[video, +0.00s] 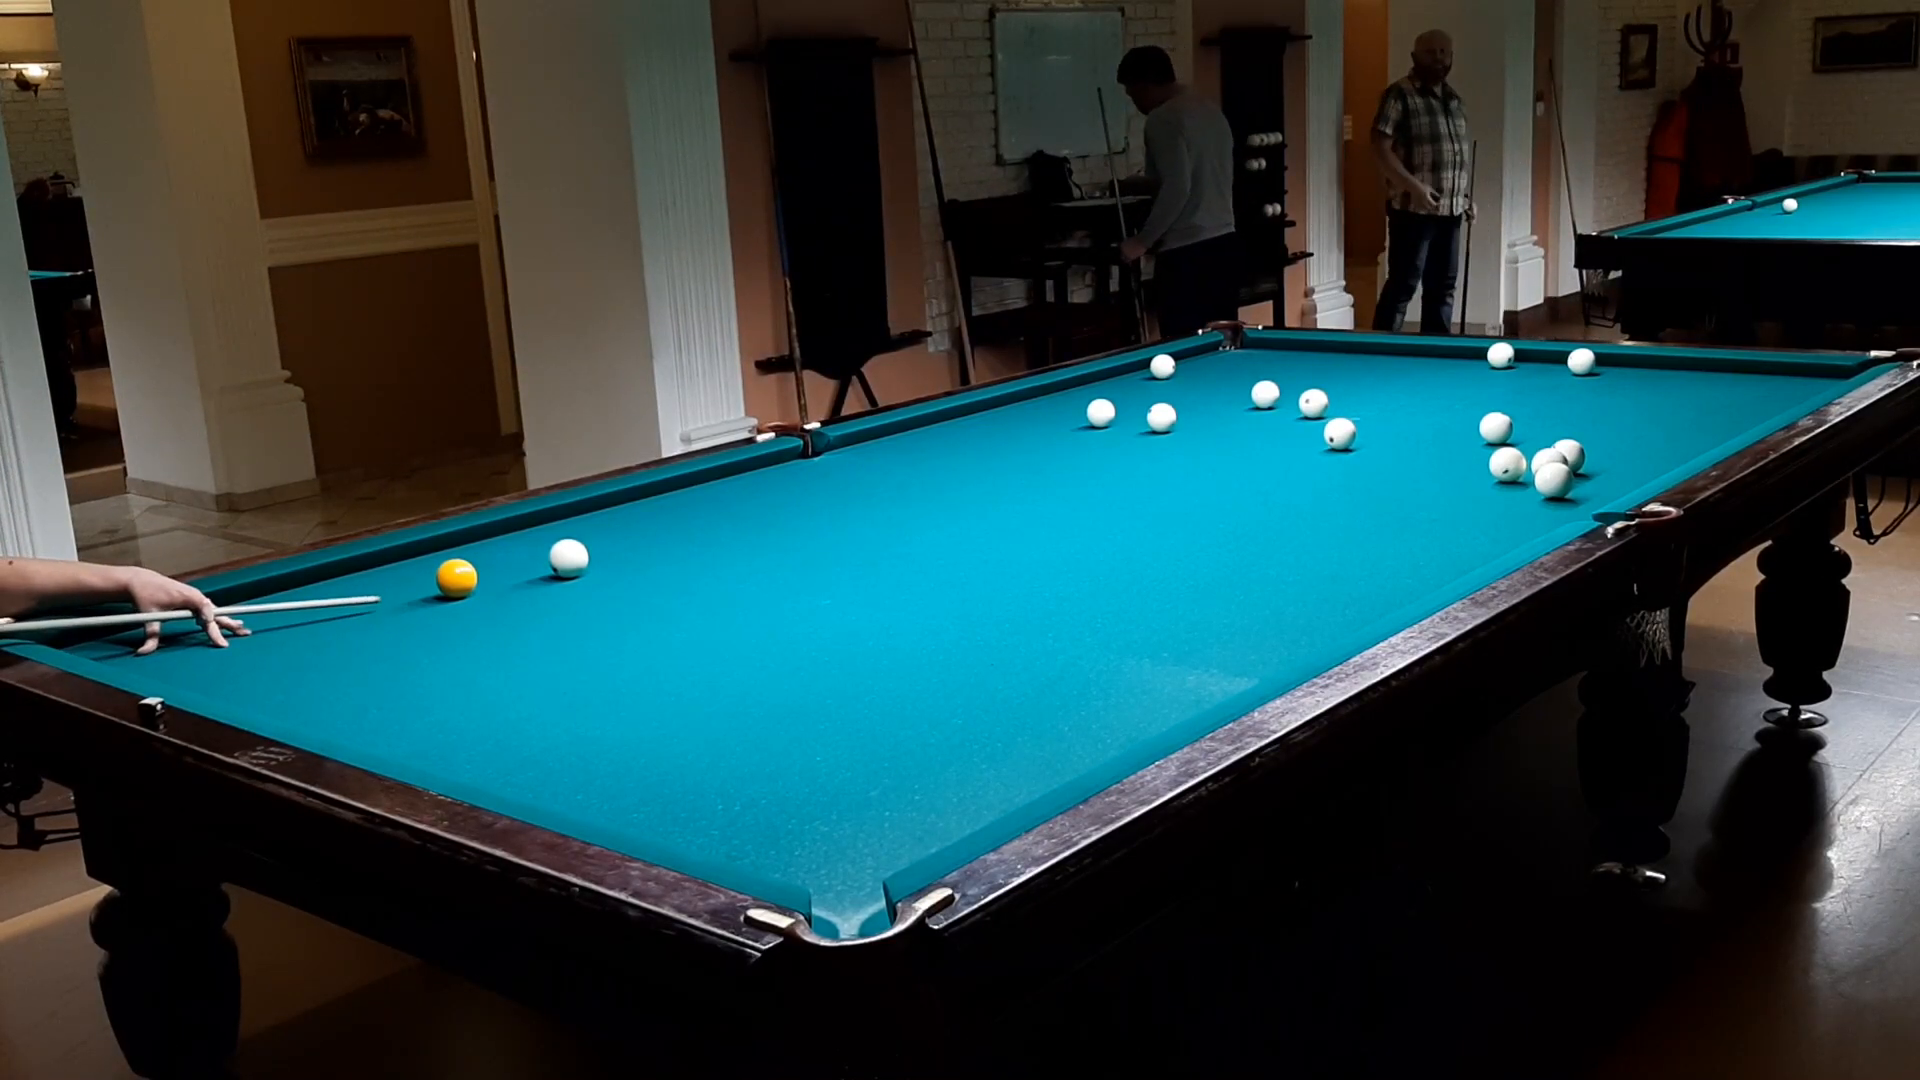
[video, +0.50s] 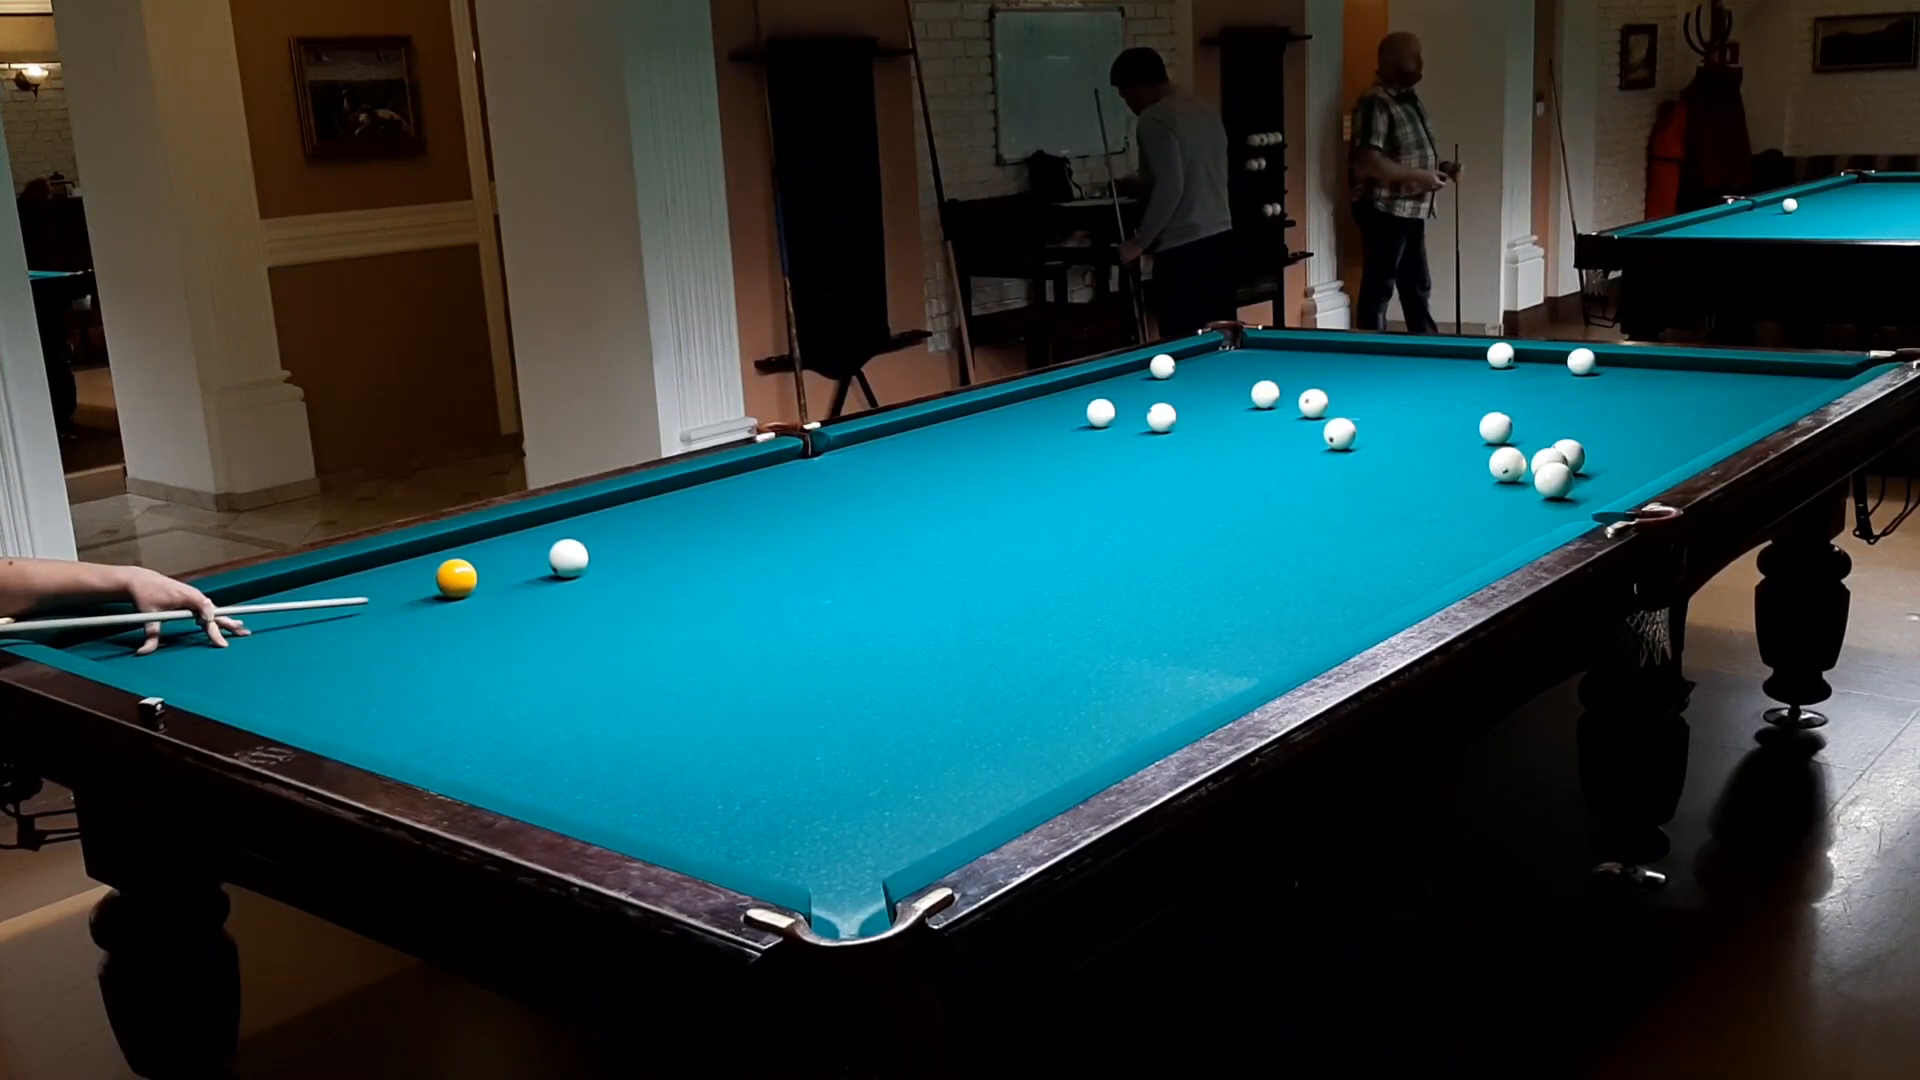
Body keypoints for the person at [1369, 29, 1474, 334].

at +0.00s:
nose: (1439, 59)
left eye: (1444, 53)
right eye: (1430, 53)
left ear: (1452, 57)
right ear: (1415, 57)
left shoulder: (1453, 99)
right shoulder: (1399, 94)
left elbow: (1456, 155)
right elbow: (1380, 149)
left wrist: (1463, 198)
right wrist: (1414, 186)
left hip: (1449, 212)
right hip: (1412, 211)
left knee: (1443, 289)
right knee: (1402, 285)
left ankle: (1436, 355)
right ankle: (1380, 350)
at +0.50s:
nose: (1422, 64)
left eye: (1421, 57)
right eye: (1415, 57)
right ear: (1392, 61)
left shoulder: (1409, 99)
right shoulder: (1374, 102)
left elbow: (1409, 155)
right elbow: (1368, 161)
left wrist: (1439, 167)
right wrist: (1417, 176)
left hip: (1410, 212)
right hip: (1383, 211)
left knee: (1416, 286)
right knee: (1377, 289)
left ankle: (1427, 349)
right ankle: (1370, 353)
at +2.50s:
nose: (1401, 74)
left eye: (1401, 67)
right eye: (1395, 67)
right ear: (1373, 69)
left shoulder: (1393, 103)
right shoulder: (1354, 108)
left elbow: (1388, 154)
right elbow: (1348, 169)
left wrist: (1417, 154)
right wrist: (1399, 154)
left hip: (1390, 217)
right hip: (1363, 216)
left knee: (1404, 290)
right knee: (1366, 292)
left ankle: (1426, 353)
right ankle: (1364, 359)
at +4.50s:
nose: (1401, 78)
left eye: (1403, 71)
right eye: (1395, 71)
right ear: (1375, 70)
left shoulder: (1393, 104)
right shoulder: (1354, 106)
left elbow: (1389, 157)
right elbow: (1352, 167)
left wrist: (1417, 156)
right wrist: (1403, 151)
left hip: (1390, 217)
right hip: (1363, 215)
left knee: (1404, 289)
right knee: (1366, 292)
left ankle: (1426, 353)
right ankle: (1363, 359)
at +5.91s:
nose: (1393, 74)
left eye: (1396, 67)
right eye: (1385, 68)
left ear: (1399, 68)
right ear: (1366, 69)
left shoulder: (1393, 104)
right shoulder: (1355, 107)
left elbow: (1389, 155)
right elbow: (1349, 168)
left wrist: (1413, 155)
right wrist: (1399, 158)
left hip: (1390, 217)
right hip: (1363, 216)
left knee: (1404, 290)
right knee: (1366, 292)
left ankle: (1425, 353)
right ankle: (1363, 359)